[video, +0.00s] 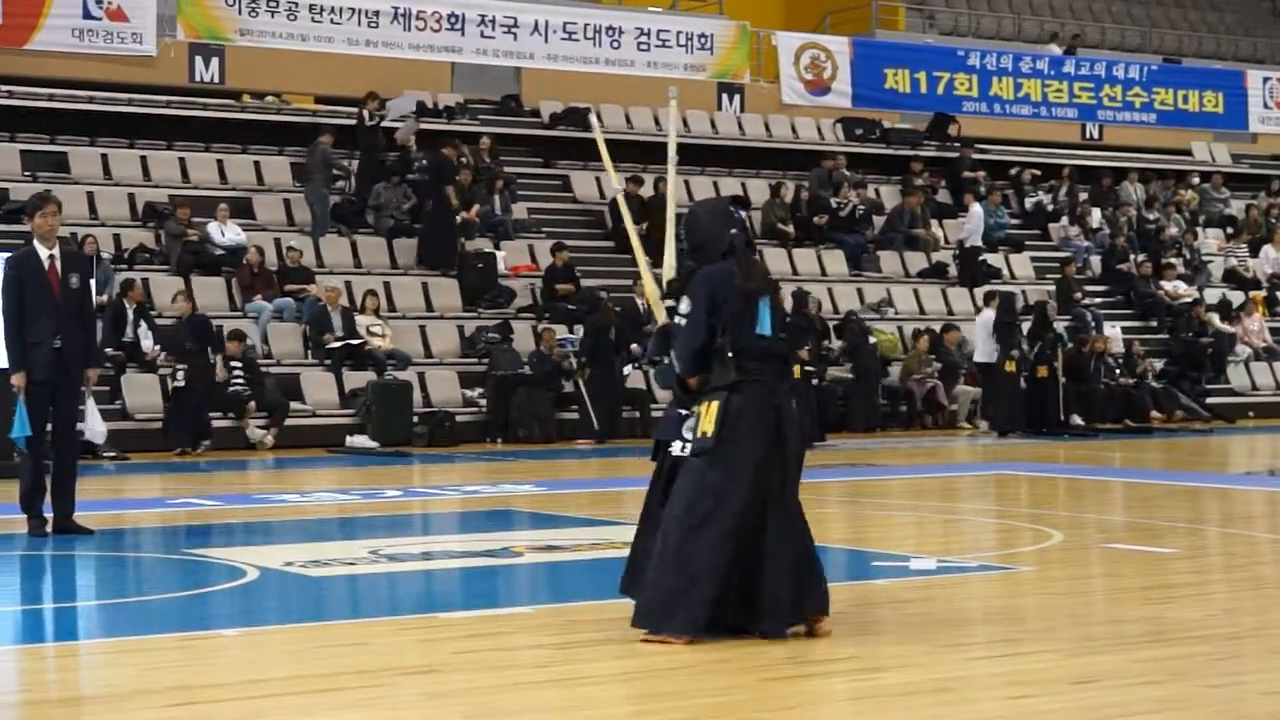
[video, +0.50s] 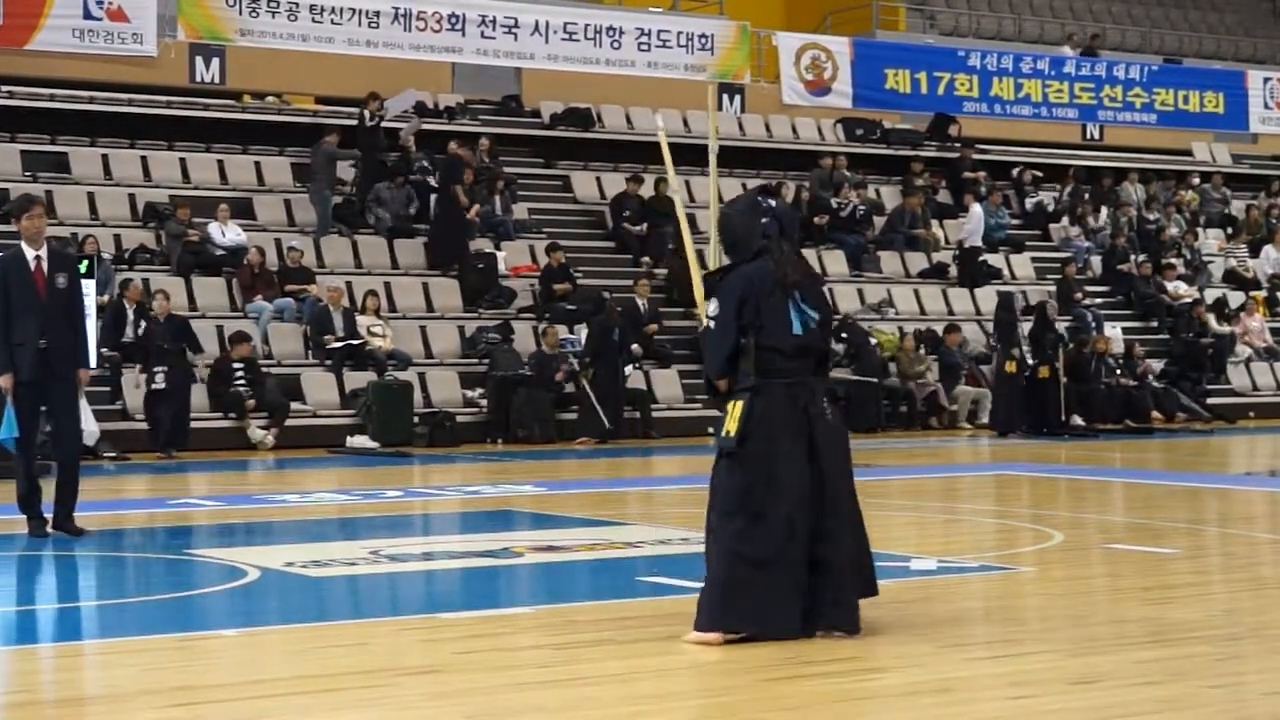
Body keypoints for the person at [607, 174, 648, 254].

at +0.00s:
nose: (635, 189)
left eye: (638, 187)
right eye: (634, 185)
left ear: (640, 188)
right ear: (628, 184)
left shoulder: (641, 200)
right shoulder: (616, 200)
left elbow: (645, 216)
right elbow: (616, 223)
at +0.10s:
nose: (636, 189)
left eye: (638, 187)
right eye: (635, 185)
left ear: (640, 187)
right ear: (630, 184)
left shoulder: (641, 200)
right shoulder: (617, 199)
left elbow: (646, 215)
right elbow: (617, 219)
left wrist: (640, 226)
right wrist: (631, 228)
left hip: (637, 228)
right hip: (622, 228)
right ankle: (637, 260)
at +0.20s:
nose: (636, 188)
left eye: (638, 185)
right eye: (633, 185)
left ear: (640, 186)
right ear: (627, 185)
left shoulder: (642, 199)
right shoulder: (617, 199)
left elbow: (649, 215)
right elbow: (617, 220)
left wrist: (644, 226)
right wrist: (632, 228)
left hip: (640, 227)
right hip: (624, 228)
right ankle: (641, 257)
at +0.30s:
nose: (635, 188)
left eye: (638, 185)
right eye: (633, 185)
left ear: (640, 187)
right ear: (627, 184)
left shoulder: (641, 200)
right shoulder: (617, 199)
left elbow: (646, 215)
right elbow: (617, 219)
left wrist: (644, 225)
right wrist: (631, 228)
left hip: (639, 227)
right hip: (624, 228)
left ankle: (647, 258)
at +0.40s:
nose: (635, 187)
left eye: (637, 185)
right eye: (632, 184)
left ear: (640, 187)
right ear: (627, 184)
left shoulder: (641, 200)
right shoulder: (617, 199)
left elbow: (646, 215)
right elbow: (617, 219)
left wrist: (644, 225)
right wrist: (632, 228)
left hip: (639, 227)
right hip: (624, 227)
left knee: (649, 236)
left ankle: (646, 257)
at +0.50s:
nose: (635, 188)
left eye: (637, 185)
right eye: (633, 184)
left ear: (639, 187)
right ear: (627, 184)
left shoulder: (641, 200)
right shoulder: (617, 199)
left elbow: (646, 215)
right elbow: (617, 219)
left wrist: (644, 225)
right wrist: (631, 228)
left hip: (639, 227)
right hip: (624, 228)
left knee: (649, 238)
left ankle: (646, 259)